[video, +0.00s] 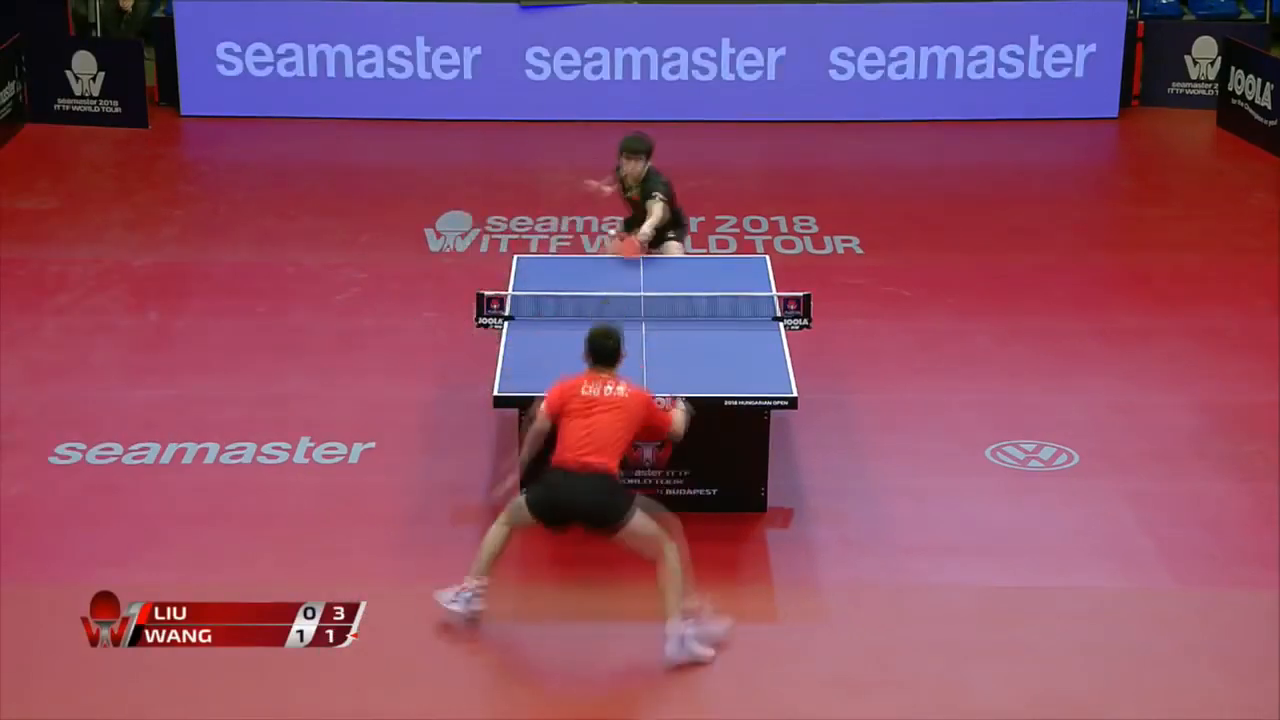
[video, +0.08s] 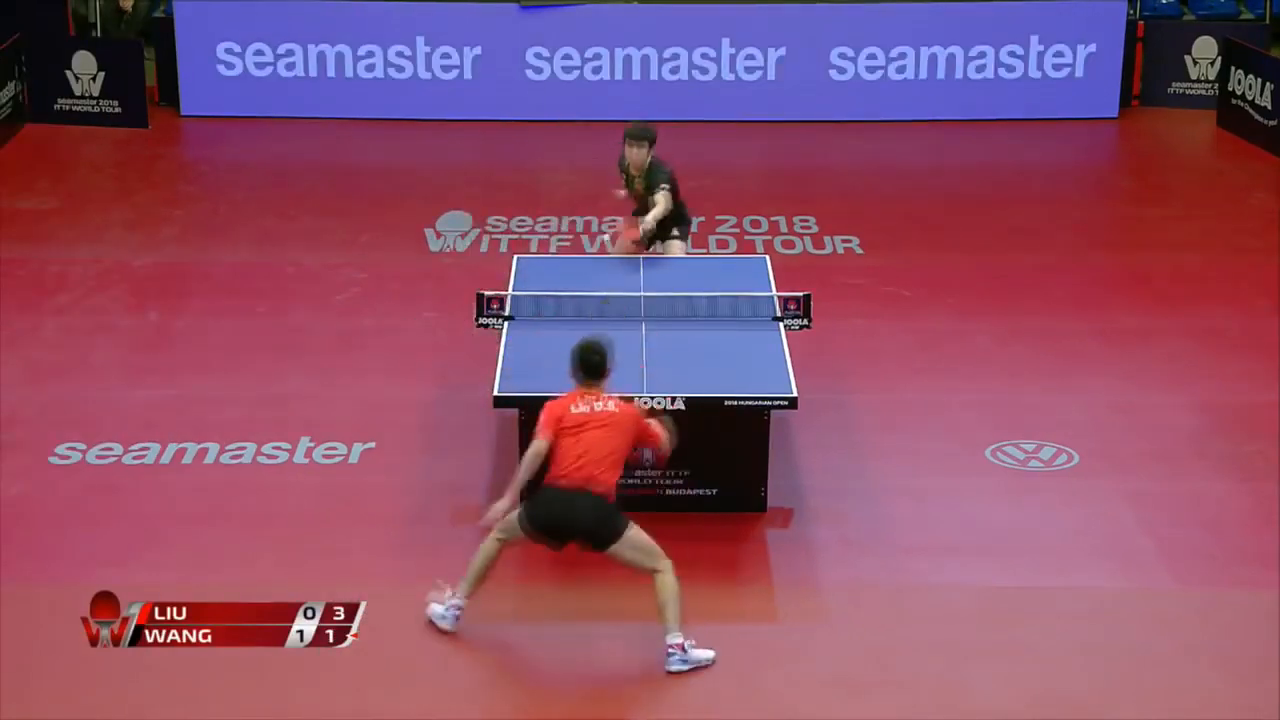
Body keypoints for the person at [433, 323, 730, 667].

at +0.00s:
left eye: (595, 350)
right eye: (614, 351)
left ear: (588, 356)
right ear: (620, 358)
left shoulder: (566, 387)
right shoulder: (636, 397)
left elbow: (540, 424)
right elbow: (675, 430)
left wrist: (517, 473)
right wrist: (681, 409)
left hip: (557, 486)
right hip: (603, 491)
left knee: (507, 522)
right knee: (665, 549)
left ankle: (469, 593)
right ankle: (677, 637)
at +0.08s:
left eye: (583, 367)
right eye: (603, 368)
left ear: (575, 372)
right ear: (608, 374)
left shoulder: (556, 407)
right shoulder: (628, 413)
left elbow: (538, 449)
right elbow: (663, 445)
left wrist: (508, 497)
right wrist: (661, 423)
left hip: (549, 505)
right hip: (597, 512)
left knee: (498, 536)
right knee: (662, 566)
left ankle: (454, 607)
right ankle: (677, 647)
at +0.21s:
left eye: (546, 365)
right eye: (568, 367)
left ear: (540, 369)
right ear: (573, 371)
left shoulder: (523, 409)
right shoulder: (593, 410)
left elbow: (481, 447)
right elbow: (618, 449)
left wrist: (455, 458)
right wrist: (610, 429)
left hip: (540, 515)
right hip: (588, 517)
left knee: (478, 529)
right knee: (646, 567)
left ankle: (445, 608)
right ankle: (673, 631)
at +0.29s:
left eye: (528, 361)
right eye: (552, 362)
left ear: (525, 366)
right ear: (559, 368)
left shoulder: (508, 408)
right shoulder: (578, 407)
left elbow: (462, 440)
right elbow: (604, 450)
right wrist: (576, 427)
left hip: (534, 513)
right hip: (584, 510)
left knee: (476, 528)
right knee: (636, 534)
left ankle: (444, 609)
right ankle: (664, 605)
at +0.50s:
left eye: (528, 361)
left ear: (526, 365)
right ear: (560, 365)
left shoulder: (514, 401)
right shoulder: (583, 397)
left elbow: (503, 421)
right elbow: (614, 431)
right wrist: (590, 447)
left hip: (555, 506)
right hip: (601, 502)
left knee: (484, 528)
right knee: (627, 497)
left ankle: (445, 609)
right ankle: (665, 560)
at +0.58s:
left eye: (531, 357)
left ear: (530, 360)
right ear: (563, 357)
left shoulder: (527, 396)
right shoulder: (591, 384)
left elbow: (512, 431)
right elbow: (620, 405)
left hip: (578, 494)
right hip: (621, 488)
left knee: (508, 534)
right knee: (637, 490)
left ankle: (453, 609)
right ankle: (668, 561)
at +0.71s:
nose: (533, 346)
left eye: (533, 341)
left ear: (536, 344)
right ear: (567, 337)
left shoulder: (548, 377)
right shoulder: (594, 353)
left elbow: (542, 430)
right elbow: (602, 345)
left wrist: (519, 448)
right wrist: (597, 327)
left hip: (585, 463)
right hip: (624, 458)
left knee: (534, 536)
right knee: (647, 490)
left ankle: (475, 607)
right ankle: (668, 560)